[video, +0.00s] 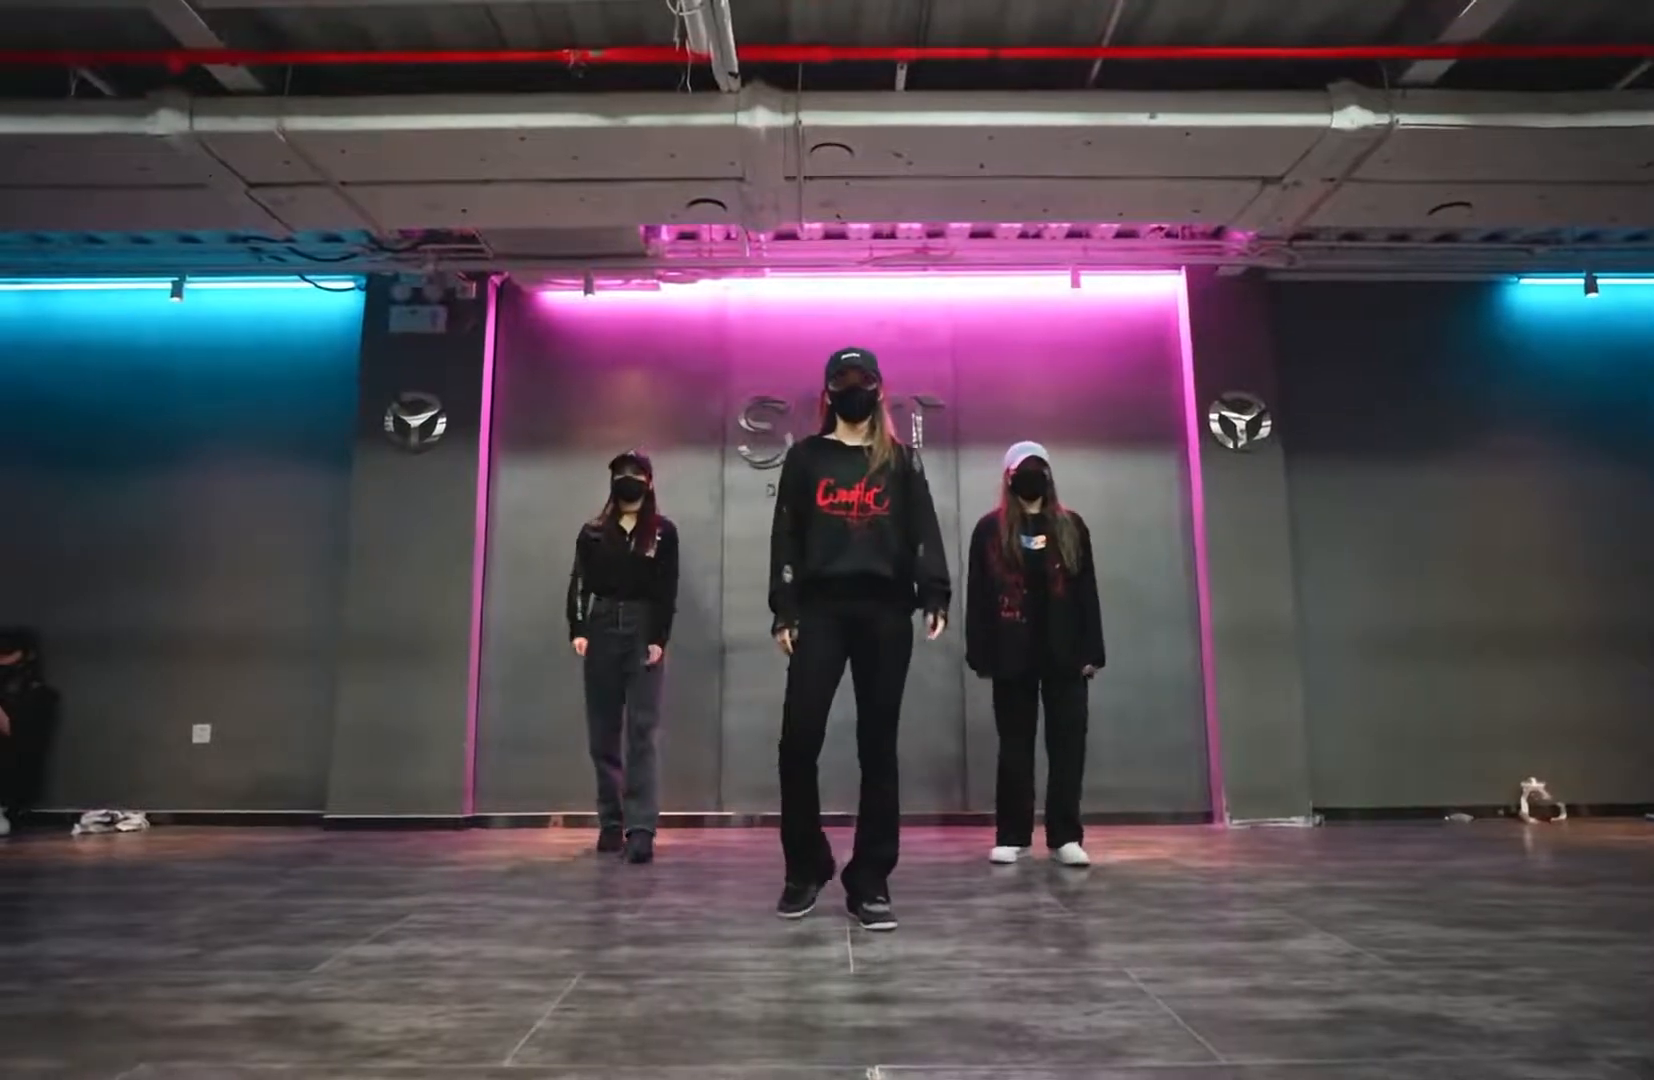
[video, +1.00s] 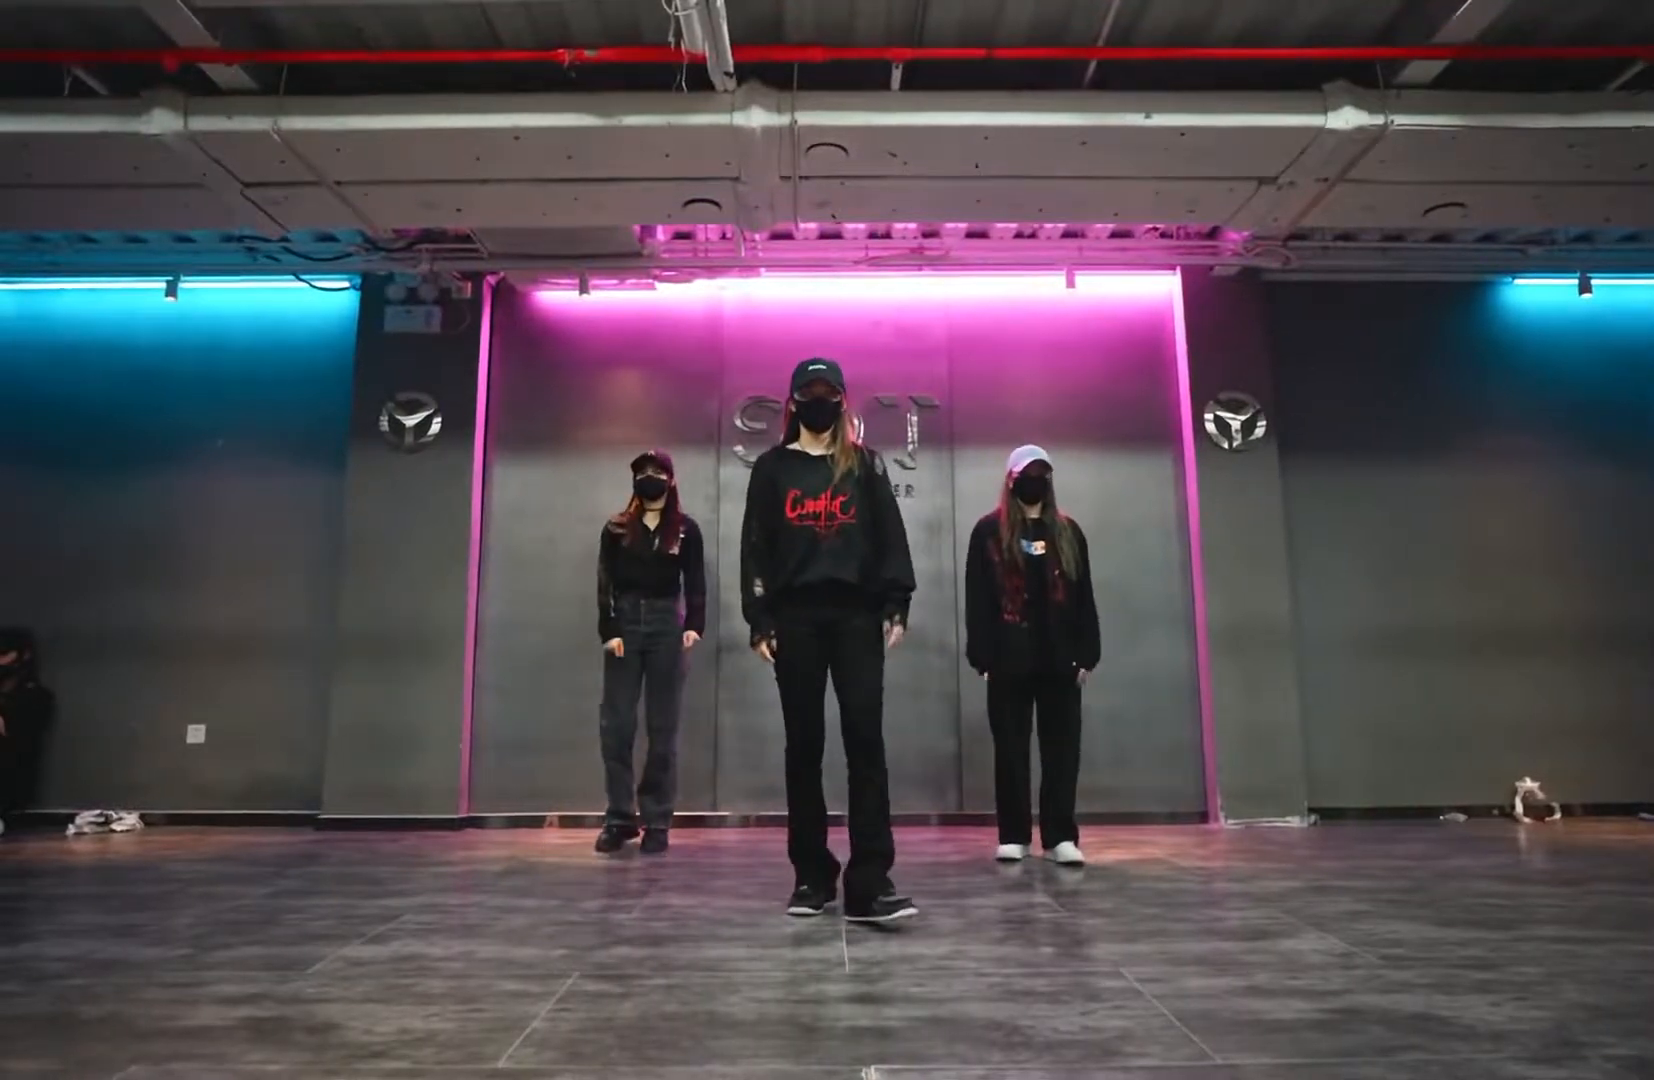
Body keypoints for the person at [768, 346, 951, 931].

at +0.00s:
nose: (855, 389)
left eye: (864, 380)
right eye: (845, 380)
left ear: (879, 388)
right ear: (829, 390)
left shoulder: (901, 461)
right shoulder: (805, 456)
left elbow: (927, 535)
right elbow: (784, 538)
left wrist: (936, 595)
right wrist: (784, 610)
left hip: (885, 616)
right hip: (819, 615)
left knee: (878, 748)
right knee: (797, 743)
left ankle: (871, 883)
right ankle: (805, 871)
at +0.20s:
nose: (844, 391)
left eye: (853, 382)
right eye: (834, 382)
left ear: (868, 390)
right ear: (818, 391)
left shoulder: (889, 461)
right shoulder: (794, 458)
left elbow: (914, 536)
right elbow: (774, 539)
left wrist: (923, 595)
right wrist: (776, 610)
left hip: (875, 619)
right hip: (810, 618)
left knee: (872, 749)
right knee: (803, 750)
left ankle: (869, 885)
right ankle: (812, 879)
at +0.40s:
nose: (832, 390)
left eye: (841, 381)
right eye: (822, 381)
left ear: (856, 389)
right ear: (807, 390)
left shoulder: (879, 461)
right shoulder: (784, 459)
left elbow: (903, 541)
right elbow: (763, 542)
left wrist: (908, 608)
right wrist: (767, 611)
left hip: (868, 616)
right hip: (801, 616)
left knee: (867, 749)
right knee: (803, 749)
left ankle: (867, 884)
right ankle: (811, 880)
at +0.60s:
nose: (826, 391)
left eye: (834, 382)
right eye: (816, 383)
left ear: (849, 390)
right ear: (801, 391)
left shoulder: (874, 459)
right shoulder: (778, 459)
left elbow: (897, 542)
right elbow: (757, 544)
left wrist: (898, 612)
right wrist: (761, 615)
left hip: (865, 615)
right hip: (798, 616)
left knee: (867, 748)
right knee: (804, 748)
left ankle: (867, 884)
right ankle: (811, 881)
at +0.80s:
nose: (822, 397)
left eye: (831, 388)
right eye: (812, 388)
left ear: (845, 395)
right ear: (796, 397)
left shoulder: (869, 463)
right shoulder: (774, 465)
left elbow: (895, 544)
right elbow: (756, 547)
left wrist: (898, 616)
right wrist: (760, 619)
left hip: (862, 618)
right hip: (797, 619)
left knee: (866, 748)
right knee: (806, 749)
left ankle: (865, 884)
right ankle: (813, 880)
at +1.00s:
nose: (820, 401)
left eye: (829, 392)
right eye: (810, 392)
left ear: (842, 398)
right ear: (794, 399)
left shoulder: (866, 464)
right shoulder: (772, 467)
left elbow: (893, 539)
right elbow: (752, 550)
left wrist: (896, 603)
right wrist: (758, 619)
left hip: (859, 618)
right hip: (795, 620)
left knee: (865, 745)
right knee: (805, 748)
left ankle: (869, 882)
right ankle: (812, 879)